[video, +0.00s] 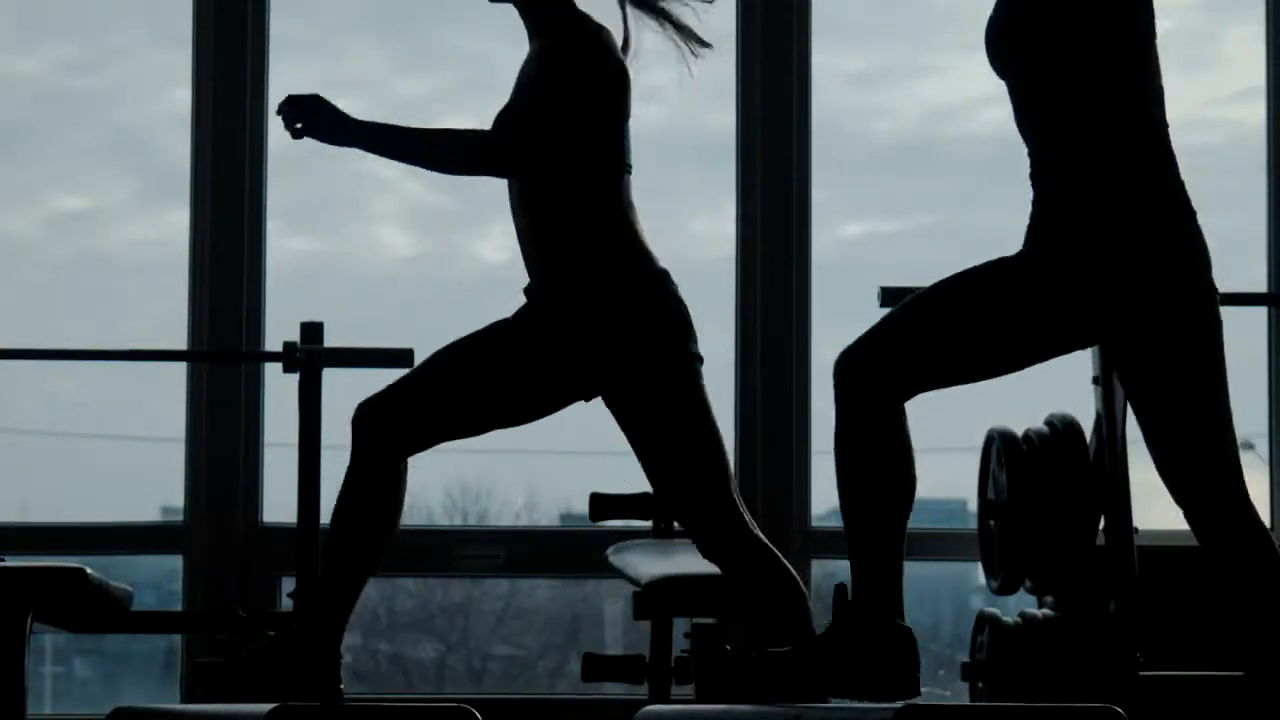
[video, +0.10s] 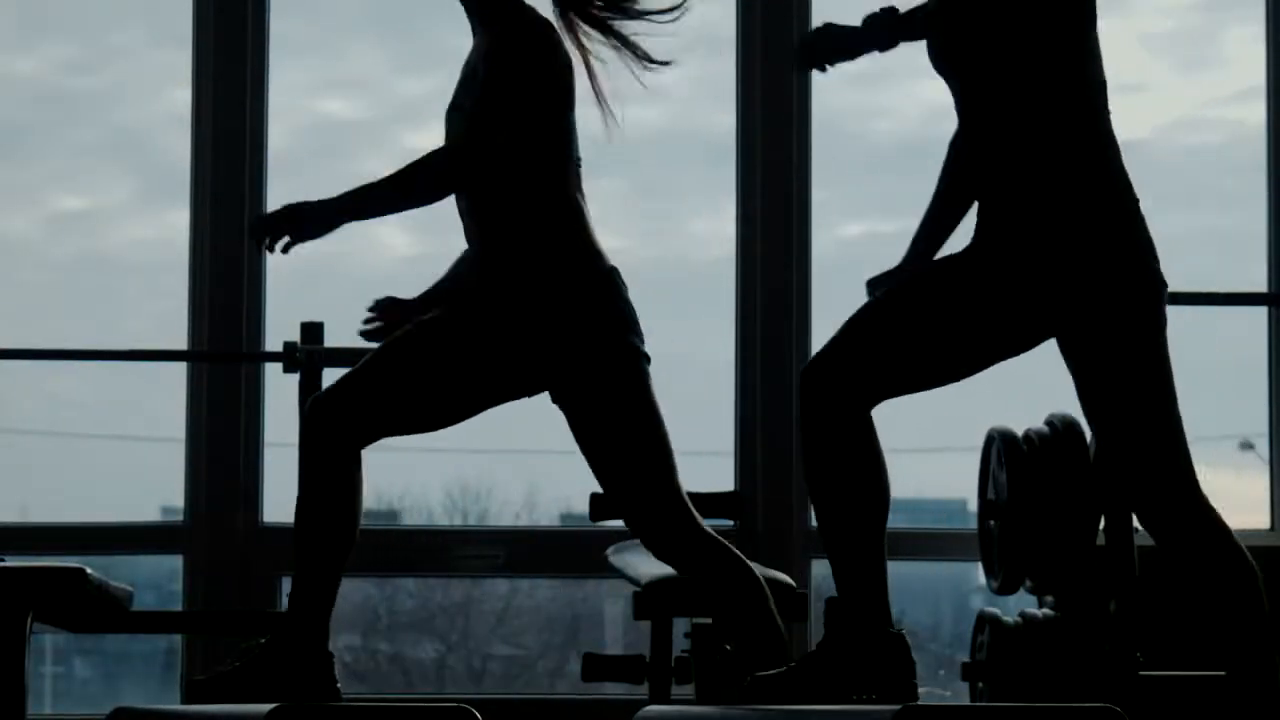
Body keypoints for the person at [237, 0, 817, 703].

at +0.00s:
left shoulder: (582, 54)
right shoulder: (550, 57)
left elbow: (501, 153)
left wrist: (351, 131)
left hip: (627, 324)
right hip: (565, 322)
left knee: (715, 520)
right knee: (382, 428)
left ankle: (815, 695)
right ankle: (311, 657)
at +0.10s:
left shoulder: (519, 46)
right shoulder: (501, 56)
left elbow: (456, 169)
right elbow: (508, 231)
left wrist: (332, 212)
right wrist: (428, 305)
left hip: (556, 311)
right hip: (526, 310)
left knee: (662, 520)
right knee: (331, 424)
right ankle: (304, 650)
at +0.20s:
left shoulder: (508, 11)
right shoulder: (422, 38)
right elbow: (366, 174)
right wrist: (233, 213)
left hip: (543, 272)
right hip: (475, 272)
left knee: (549, 484)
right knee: (319, 418)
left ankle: (698, 654)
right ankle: (302, 655)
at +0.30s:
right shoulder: (385, 2)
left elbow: (570, 109)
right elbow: (278, 96)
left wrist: (600, 237)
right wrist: (149, 99)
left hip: (531, 230)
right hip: (448, 234)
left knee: (433, 377)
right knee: (331, 414)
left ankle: (587, 571)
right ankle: (303, 648)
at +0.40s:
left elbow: (606, 88)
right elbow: (259, 55)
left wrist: (675, 216)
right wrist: (152, 30)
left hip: (525, 196)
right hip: (458, 210)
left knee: (358, 222)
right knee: (333, 411)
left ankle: (474, 448)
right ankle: (306, 646)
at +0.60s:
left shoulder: (549, 0)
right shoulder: (395, 0)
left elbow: (606, 111)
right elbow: (303, 86)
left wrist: (659, 245)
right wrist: (211, 99)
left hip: (541, 209)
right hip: (463, 220)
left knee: (365, 236)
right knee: (331, 415)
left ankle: (485, 442)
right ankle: (304, 647)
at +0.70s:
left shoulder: (573, 0)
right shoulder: (432, 6)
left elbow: (588, 116)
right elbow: (366, 120)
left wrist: (585, 244)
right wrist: (265, 198)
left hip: (550, 238)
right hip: (471, 238)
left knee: (450, 370)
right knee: (360, 424)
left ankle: (604, 542)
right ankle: (307, 648)